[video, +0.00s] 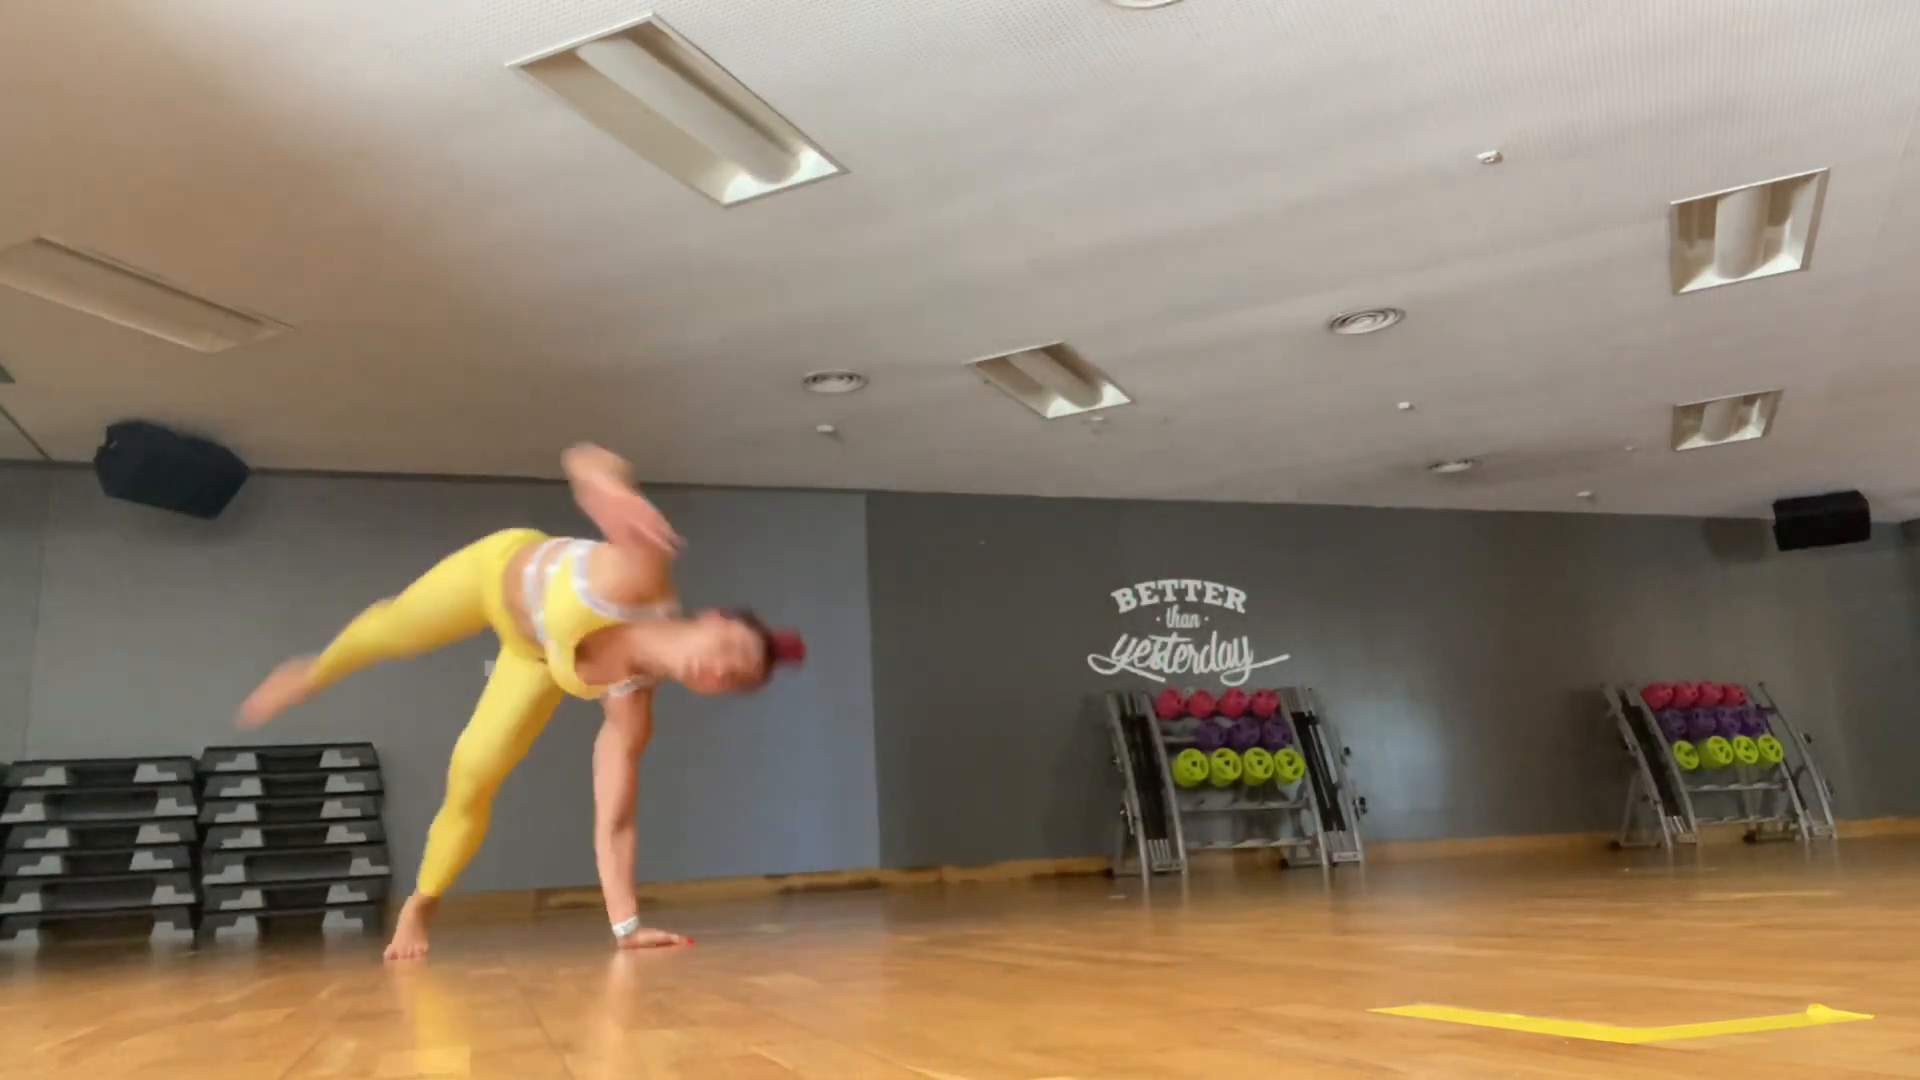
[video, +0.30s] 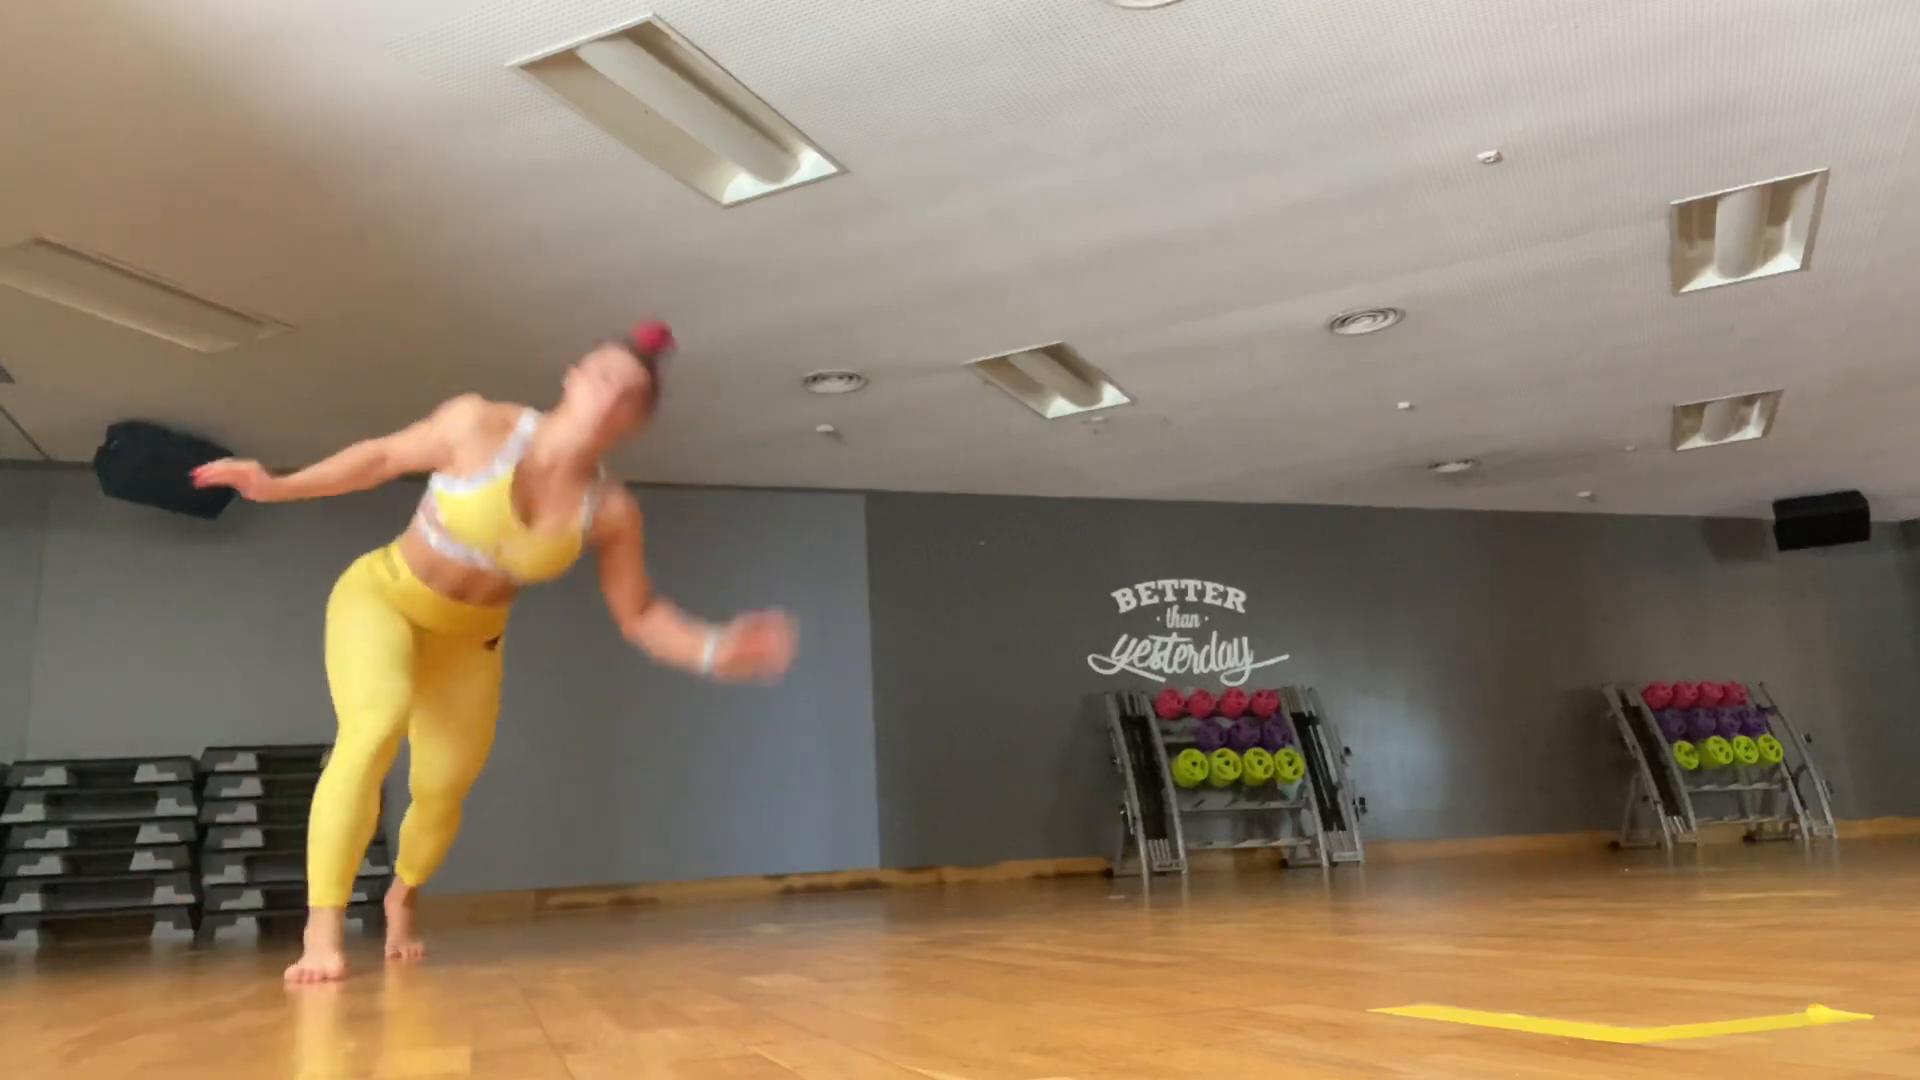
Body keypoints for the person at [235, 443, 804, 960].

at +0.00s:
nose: (722, 673)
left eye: (732, 681)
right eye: (735, 654)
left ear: (716, 693)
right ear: (719, 618)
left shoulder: (629, 706)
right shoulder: (644, 572)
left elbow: (615, 822)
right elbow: (584, 463)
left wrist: (626, 927)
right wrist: (625, 504)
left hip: (533, 661)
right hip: (507, 575)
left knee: (472, 781)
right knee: (390, 629)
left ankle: (417, 908)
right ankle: (310, 676)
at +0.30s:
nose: (606, 392)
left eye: (626, 392)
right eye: (601, 373)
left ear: (635, 422)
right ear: (572, 373)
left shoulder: (609, 513)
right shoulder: (478, 427)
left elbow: (642, 613)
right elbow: (375, 460)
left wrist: (718, 649)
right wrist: (277, 486)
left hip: (470, 638)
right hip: (386, 596)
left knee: (444, 785)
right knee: (376, 723)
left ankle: (403, 898)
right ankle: (322, 927)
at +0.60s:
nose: (533, 194)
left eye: (552, 185)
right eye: (518, 180)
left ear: (574, 211)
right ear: (492, 200)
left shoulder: (603, 298)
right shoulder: (438, 291)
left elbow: (695, 380)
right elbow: (364, 411)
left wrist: (702, 307)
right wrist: (360, 383)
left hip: (537, 542)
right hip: (441, 519)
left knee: (476, 728)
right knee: (418, 694)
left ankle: (399, 882)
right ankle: (357, 901)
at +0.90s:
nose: (594, 268)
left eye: (613, 258)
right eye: (576, 254)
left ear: (634, 286)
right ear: (547, 277)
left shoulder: (667, 367)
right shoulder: (501, 376)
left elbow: (724, 488)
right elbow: (498, 487)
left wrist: (683, 430)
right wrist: (570, 441)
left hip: (654, 572)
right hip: (546, 573)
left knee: (724, 727)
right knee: (490, 720)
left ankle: (695, 883)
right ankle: (451, 928)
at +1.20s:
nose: (893, 333)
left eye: (904, 320)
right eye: (876, 317)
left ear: (919, 340)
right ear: (841, 336)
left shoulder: (930, 425)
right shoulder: (784, 425)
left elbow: (1009, 462)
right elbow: (698, 496)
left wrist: (974, 371)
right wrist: (622, 533)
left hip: (861, 621)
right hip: (762, 609)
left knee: (974, 709)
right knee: (641, 751)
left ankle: (1030, 893)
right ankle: (505, 899)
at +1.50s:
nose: (1017, 303)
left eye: (1027, 293)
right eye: (1000, 291)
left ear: (1037, 315)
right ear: (967, 309)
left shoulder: (1042, 408)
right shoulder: (930, 376)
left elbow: (1067, 490)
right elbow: (856, 395)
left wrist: (1124, 543)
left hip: (976, 584)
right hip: (891, 579)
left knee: (1032, 711)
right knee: (867, 729)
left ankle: (1038, 890)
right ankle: (855, 865)